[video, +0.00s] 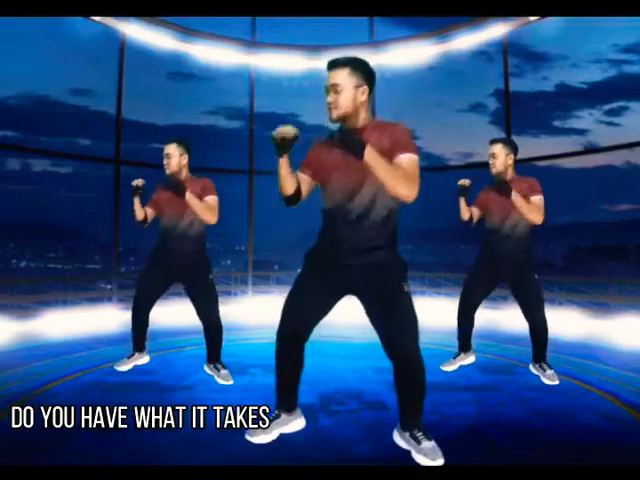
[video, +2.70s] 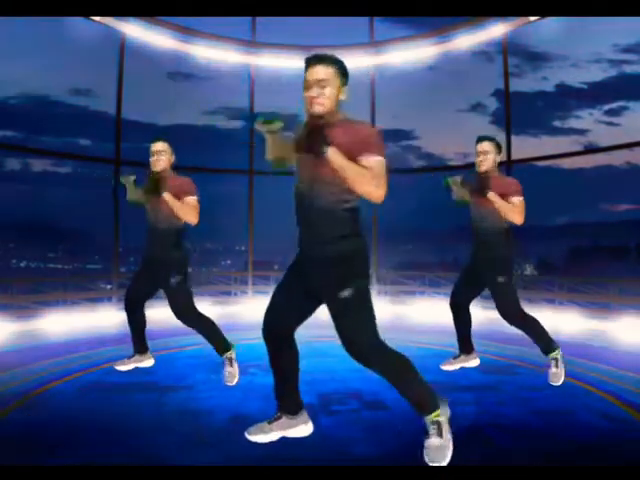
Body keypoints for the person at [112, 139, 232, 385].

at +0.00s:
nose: (166, 161)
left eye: (170, 156)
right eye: (165, 157)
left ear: (185, 159)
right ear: (165, 161)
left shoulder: (204, 185)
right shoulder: (163, 191)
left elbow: (211, 217)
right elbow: (142, 219)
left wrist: (186, 192)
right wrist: (137, 196)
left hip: (194, 261)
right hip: (164, 260)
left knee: (211, 316)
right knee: (141, 304)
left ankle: (214, 363)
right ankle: (139, 353)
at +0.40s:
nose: (150, 160)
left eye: (153, 156)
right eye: (150, 156)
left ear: (165, 158)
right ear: (159, 159)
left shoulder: (179, 180)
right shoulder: (158, 182)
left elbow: (191, 206)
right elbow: (159, 209)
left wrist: (160, 192)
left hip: (174, 256)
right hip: (158, 255)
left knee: (179, 315)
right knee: (137, 299)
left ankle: (227, 356)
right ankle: (140, 353)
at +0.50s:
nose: (156, 164)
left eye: (160, 160)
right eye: (155, 160)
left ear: (169, 162)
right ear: (161, 162)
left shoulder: (170, 180)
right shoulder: (173, 182)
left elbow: (140, 183)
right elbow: (139, 183)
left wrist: (117, 178)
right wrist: (121, 180)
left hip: (172, 256)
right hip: (160, 255)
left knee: (180, 315)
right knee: (136, 297)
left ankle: (230, 356)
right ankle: (140, 352)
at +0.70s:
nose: (146, 160)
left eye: (150, 155)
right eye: (146, 156)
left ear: (163, 157)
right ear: (151, 159)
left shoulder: (179, 178)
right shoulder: (153, 182)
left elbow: (175, 197)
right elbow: (145, 211)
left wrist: (153, 179)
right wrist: (143, 189)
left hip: (177, 256)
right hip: (157, 255)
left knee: (191, 310)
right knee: (136, 300)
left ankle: (232, 358)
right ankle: (140, 354)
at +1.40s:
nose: (169, 163)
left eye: (173, 158)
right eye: (164, 159)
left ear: (182, 160)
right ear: (159, 163)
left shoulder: (197, 185)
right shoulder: (155, 193)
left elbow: (210, 215)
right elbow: (138, 219)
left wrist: (187, 188)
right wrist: (129, 195)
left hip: (193, 263)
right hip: (162, 263)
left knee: (210, 316)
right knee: (137, 306)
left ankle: (218, 362)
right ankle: (139, 353)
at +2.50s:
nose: (175, 156)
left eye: (180, 151)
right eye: (170, 151)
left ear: (189, 155)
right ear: (165, 155)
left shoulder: (200, 182)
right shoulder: (154, 180)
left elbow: (212, 213)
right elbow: (123, 190)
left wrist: (192, 188)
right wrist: (107, 178)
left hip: (190, 259)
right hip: (159, 257)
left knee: (206, 314)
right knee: (135, 302)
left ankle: (213, 365)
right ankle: (142, 353)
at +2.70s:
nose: (156, 158)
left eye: (161, 154)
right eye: (153, 155)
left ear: (172, 158)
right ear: (149, 160)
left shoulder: (183, 184)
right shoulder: (152, 185)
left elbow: (192, 217)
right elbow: (140, 199)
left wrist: (168, 199)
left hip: (174, 257)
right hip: (154, 256)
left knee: (185, 312)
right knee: (133, 300)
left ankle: (228, 353)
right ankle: (141, 354)